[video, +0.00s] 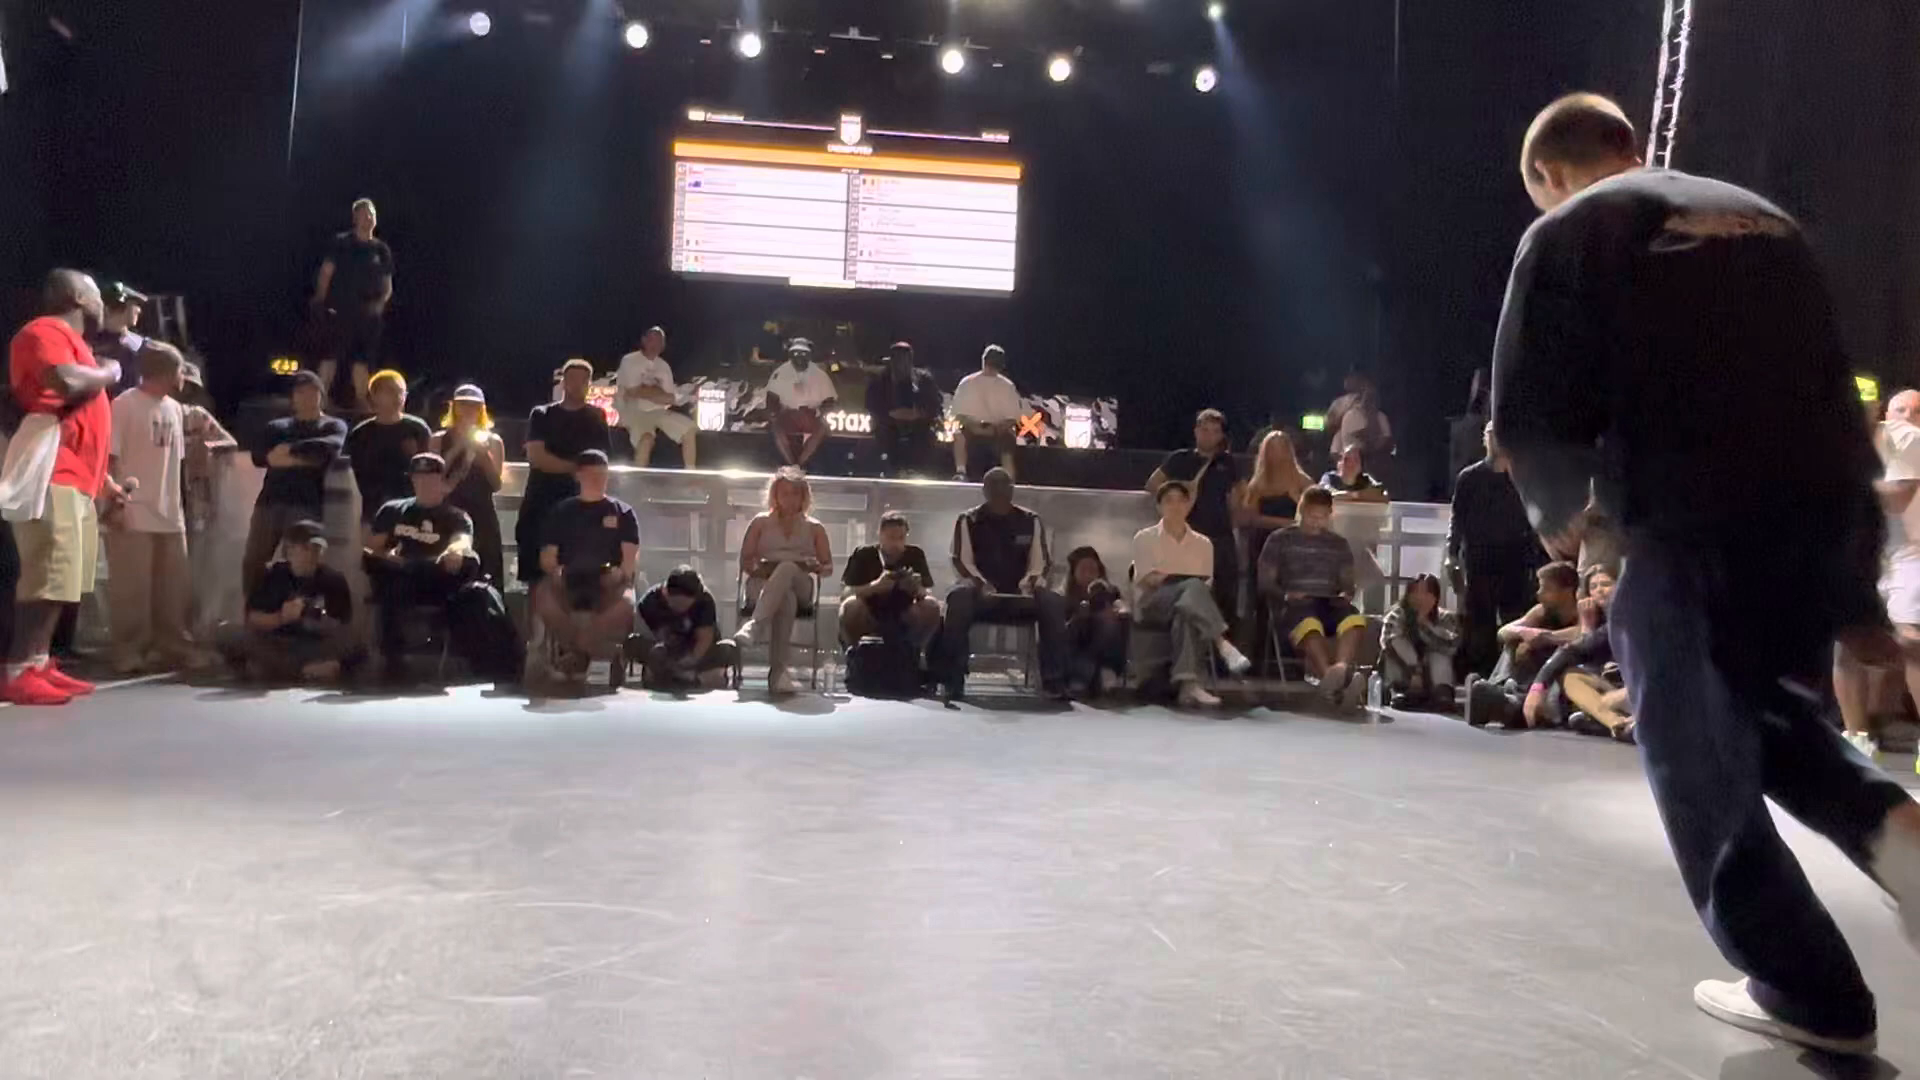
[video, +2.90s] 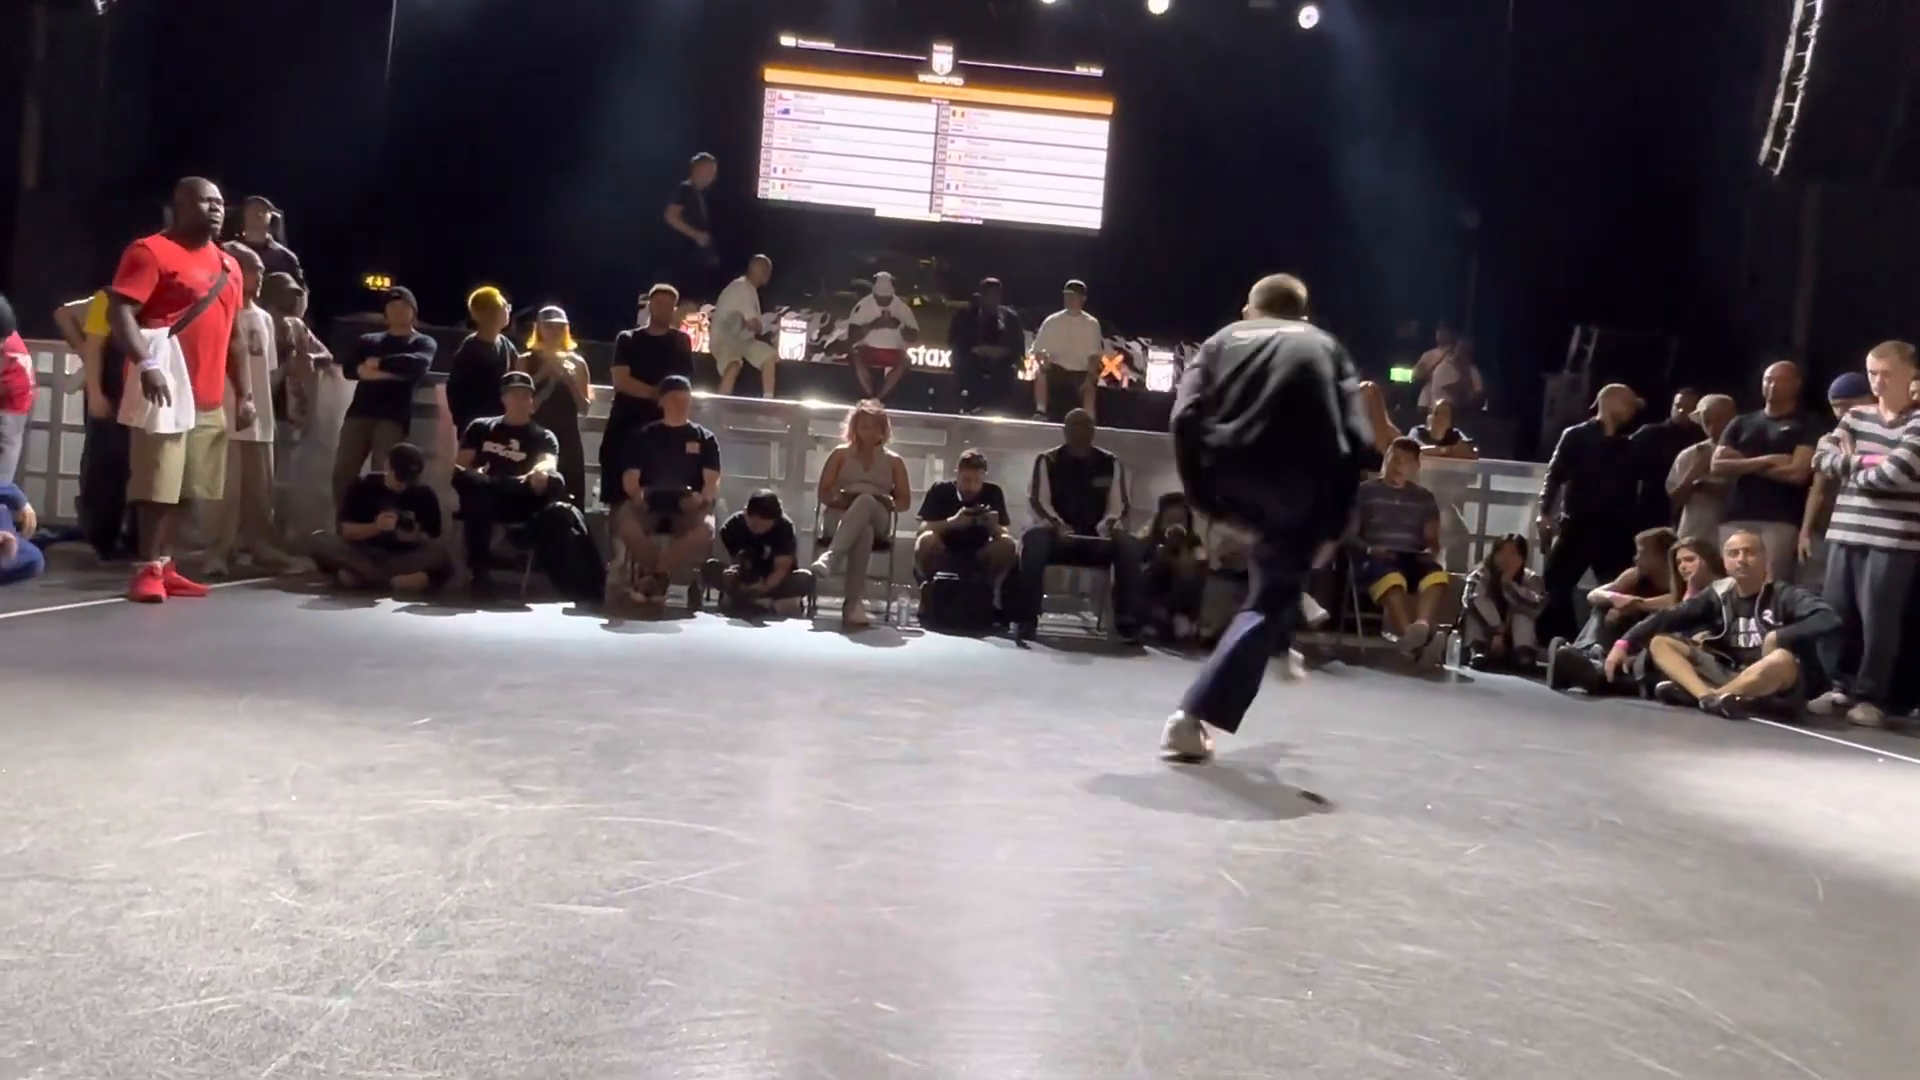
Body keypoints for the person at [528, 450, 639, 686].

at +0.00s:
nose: (595, 480)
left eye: (599, 474)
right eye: (589, 474)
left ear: (607, 476)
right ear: (578, 476)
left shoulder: (622, 513)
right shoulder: (561, 511)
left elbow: (629, 565)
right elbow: (547, 557)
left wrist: (608, 580)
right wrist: (563, 576)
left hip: (606, 576)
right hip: (568, 576)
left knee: (626, 604)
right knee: (543, 594)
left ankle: (576, 651)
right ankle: (582, 650)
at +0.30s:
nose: (612, 458)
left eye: (616, 451)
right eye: (606, 452)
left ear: (623, 454)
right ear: (595, 455)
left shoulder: (639, 492)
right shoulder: (578, 489)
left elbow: (645, 543)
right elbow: (563, 535)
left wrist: (620, 560)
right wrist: (578, 556)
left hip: (621, 554)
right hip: (585, 554)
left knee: (642, 582)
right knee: (559, 573)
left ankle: (595, 626)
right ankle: (594, 625)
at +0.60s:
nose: (629, 443)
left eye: (633, 437)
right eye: (623, 438)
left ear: (640, 440)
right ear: (612, 441)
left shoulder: (656, 478)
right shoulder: (594, 475)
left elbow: (662, 527)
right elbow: (581, 519)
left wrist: (641, 542)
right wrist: (594, 539)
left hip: (639, 540)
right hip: (602, 539)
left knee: (659, 567)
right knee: (577, 559)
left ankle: (610, 614)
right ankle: (612, 613)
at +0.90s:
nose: (644, 431)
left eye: (648, 425)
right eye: (639, 426)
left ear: (655, 428)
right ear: (626, 429)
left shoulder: (670, 466)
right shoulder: (608, 464)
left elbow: (676, 512)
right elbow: (595, 507)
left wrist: (662, 529)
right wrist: (607, 527)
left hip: (652, 527)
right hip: (616, 526)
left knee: (671, 556)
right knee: (591, 550)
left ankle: (622, 606)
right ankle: (624, 607)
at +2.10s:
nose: (669, 415)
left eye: (673, 409)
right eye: (663, 409)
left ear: (679, 412)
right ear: (651, 412)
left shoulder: (694, 449)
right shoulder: (633, 446)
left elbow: (701, 494)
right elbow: (620, 489)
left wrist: (688, 510)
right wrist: (630, 508)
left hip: (676, 508)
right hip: (641, 507)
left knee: (694, 540)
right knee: (616, 533)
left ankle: (643, 587)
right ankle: (649, 588)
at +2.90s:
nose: (680, 404)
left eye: (684, 399)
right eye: (674, 399)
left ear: (690, 401)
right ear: (661, 402)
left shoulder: (705, 438)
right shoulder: (643, 435)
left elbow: (711, 482)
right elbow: (630, 478)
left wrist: (700, 499)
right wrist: (641, 496)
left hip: (687, 498)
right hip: (651, 496)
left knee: (704, 529)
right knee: (626, 520)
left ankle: (651, 576)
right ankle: (658, 576)